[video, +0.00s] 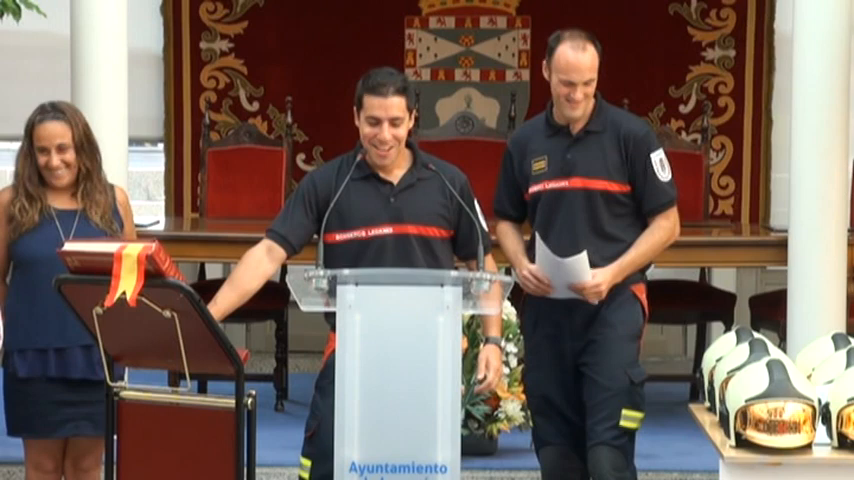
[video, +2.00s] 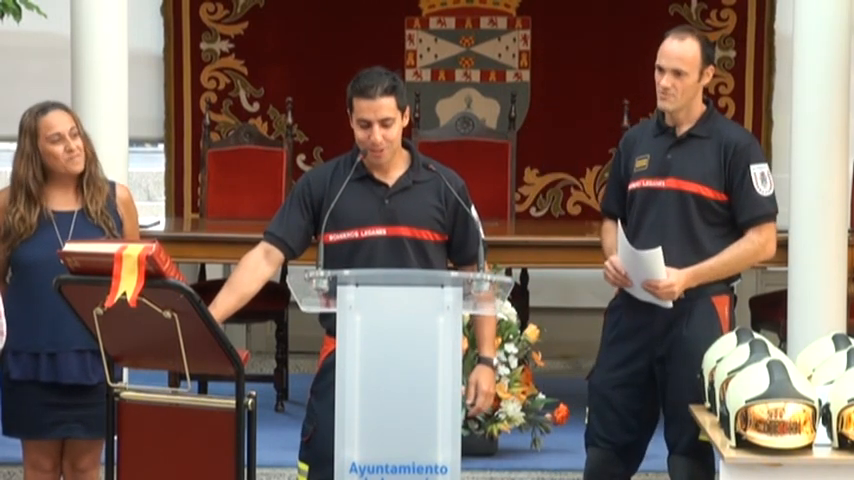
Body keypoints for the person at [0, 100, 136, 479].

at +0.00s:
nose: (54, 160)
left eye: (63, 149)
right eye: (44, 151)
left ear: (83, 149)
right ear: (31, 154)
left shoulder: (115, 200)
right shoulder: (11, 203)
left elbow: (132, 274)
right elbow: (1, 278)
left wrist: (127, 344)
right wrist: (4, 336)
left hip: (95, 355)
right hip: (31, 355)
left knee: (87, 466)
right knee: (44, 467)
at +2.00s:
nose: (72, 144)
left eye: (75, 134)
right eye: (57, 139)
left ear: (83, 136)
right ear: (36, 151)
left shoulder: (116, 198)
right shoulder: (10, 204)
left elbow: (135, 275)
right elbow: (2, 279)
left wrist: (128, 345)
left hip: (94, 358)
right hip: (31, 358)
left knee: (86, 466)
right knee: (41, 467)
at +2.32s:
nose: (73, 146)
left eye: (77, 135)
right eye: (58, 139)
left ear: (85, 138)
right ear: (36, 150)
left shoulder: (117, 198)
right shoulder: (10, 204)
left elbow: (136, 275)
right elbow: (2, 278)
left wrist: (128, 345)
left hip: (94, 358)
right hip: (31, 358)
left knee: (86, 466)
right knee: (41, 467)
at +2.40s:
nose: (74, 146)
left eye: (78, 135)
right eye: (59, 140)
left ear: (85, 139)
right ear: (37, 150)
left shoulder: (116, 198)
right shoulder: (10, 203)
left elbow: (136, 275)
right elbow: (2, 278)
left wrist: (128, 346)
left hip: (94, 358)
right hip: (31, 358)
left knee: (86, 466)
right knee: (41, 467)